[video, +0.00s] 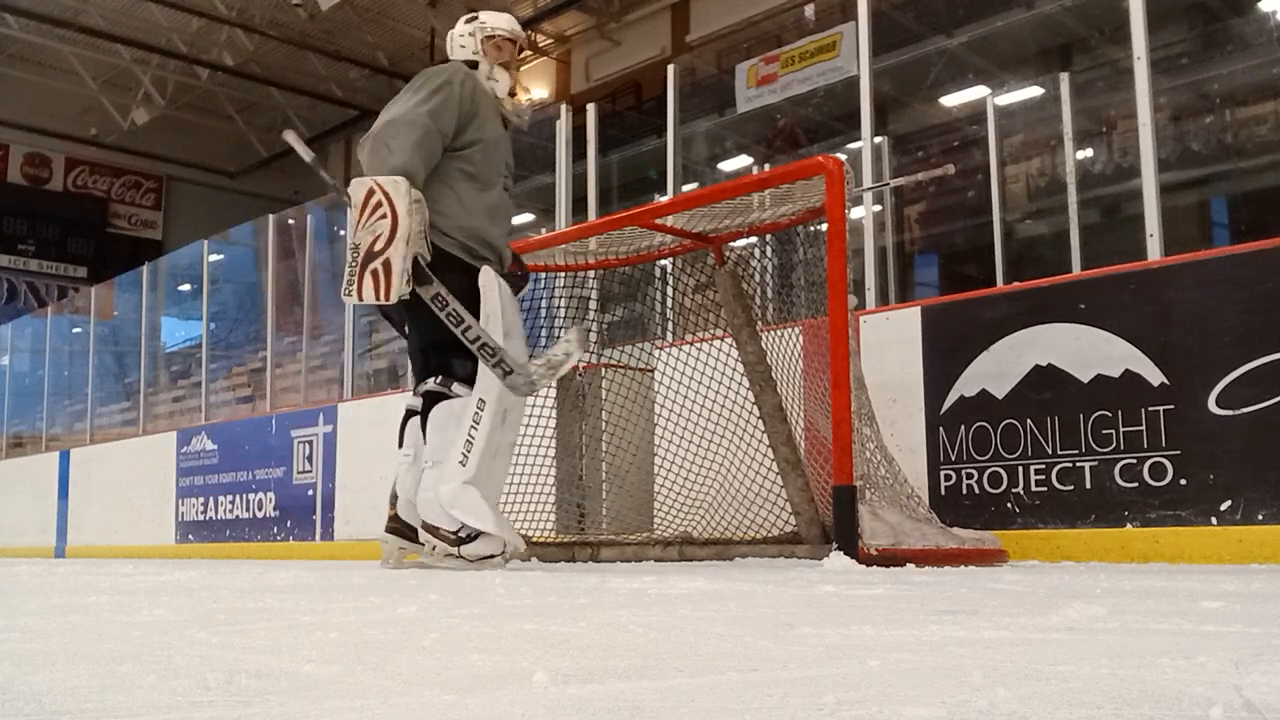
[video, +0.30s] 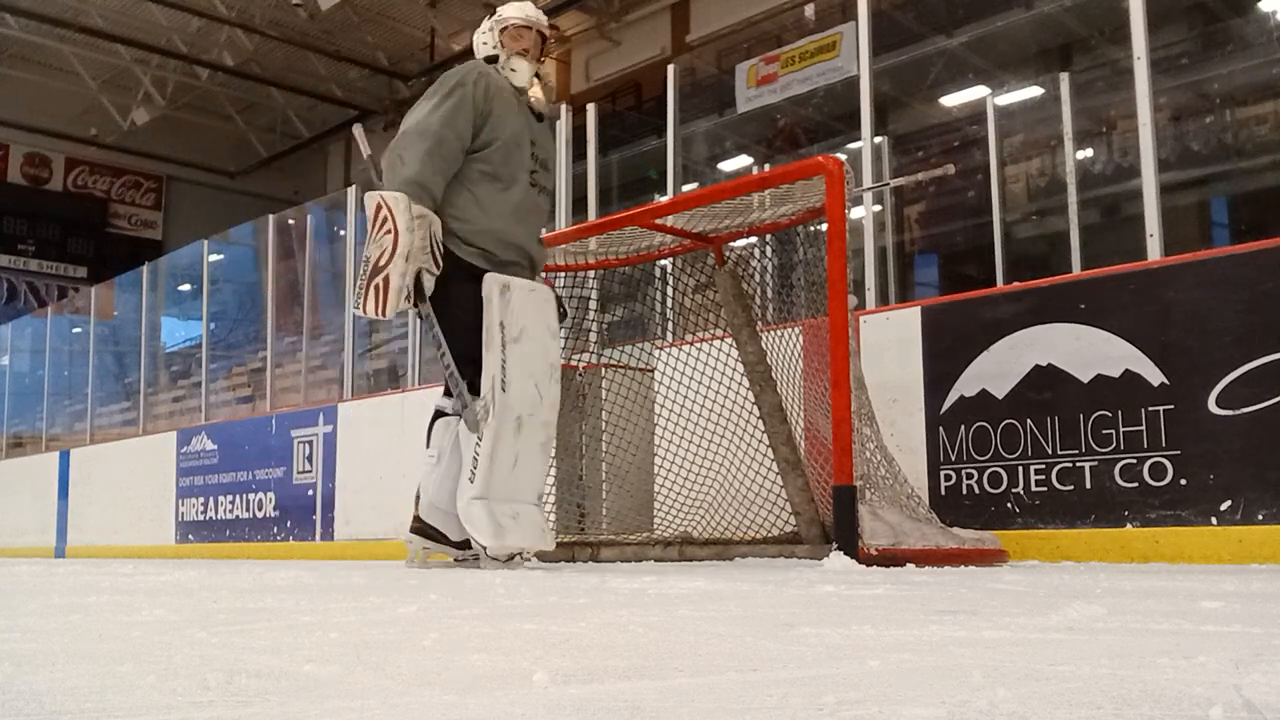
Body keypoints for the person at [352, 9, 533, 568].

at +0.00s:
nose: (509, 54)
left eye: (514, 49)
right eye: (500, 43)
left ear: (514, 57)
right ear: (471, 43)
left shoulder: (487, 111)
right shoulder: (453, 80)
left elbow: (468, 197)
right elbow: (398, 137)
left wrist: (501, 257)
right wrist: (386, 225)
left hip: (449, 261)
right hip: (445, 254)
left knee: (441, 389)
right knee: (483, 379)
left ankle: (411, 513)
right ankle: (450, 511)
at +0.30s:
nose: (523, 41)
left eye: (532, 34)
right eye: (513, 32)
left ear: (543, 43)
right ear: (493, 38)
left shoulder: (535, 109)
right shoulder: (473, 79)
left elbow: (531, 189)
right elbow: (419, 148)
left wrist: (534, 264)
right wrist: (409, 231)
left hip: (512, 268)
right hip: (462, 260)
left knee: (475, 393)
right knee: (495, 392)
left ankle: (439, 516)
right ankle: (493, 531)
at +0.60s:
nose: (540, 25)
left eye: (549, 17)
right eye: (527, 16)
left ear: (560, 28)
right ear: (506, 25)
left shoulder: (575, 113)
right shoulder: (487, 73)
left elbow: (568, 204)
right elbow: (443, 139)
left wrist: (579, 264)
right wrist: (427, 218)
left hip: (554, 269)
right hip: (487, 256)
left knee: (567, 392)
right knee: (515, 388)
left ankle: (557, 529)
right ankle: (507, 529)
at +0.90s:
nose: (559, 13)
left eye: (570, 5)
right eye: (547, 5)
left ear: (587, 16)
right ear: (528, 15)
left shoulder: (619, 101)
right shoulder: (504, 76)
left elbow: (612, 209)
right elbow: (463, 164)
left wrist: (649, 255)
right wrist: (457, 243)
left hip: (605, 273)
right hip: (521, 263)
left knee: (646, 388)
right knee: (551, 390)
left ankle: (637, 526)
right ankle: (529, 534)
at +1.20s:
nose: (626, 24)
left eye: (637, 15)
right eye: (614, 14)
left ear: (654, 21)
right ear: (594, 19)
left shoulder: (690, 95)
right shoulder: (555, 80)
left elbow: (703, 173)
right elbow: (517, 148)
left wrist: (735, 232)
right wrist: (502, 210)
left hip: (660, 275)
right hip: (565, 270)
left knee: (696, 396)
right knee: (554, 401)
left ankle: (702, 530)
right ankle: (529, 534)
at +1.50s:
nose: (694, 21)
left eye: (706, 12)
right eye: (683, 11)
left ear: (724, 22)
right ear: (666, 17)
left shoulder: (749, 92)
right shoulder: (617, 77)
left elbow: (775, 185)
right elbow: (577, 156)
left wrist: (793, 244)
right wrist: (543, 208)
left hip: (708, 267)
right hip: (614, 267)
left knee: (734, 395)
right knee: (565, 391)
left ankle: (779, 533)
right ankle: (549, 533)